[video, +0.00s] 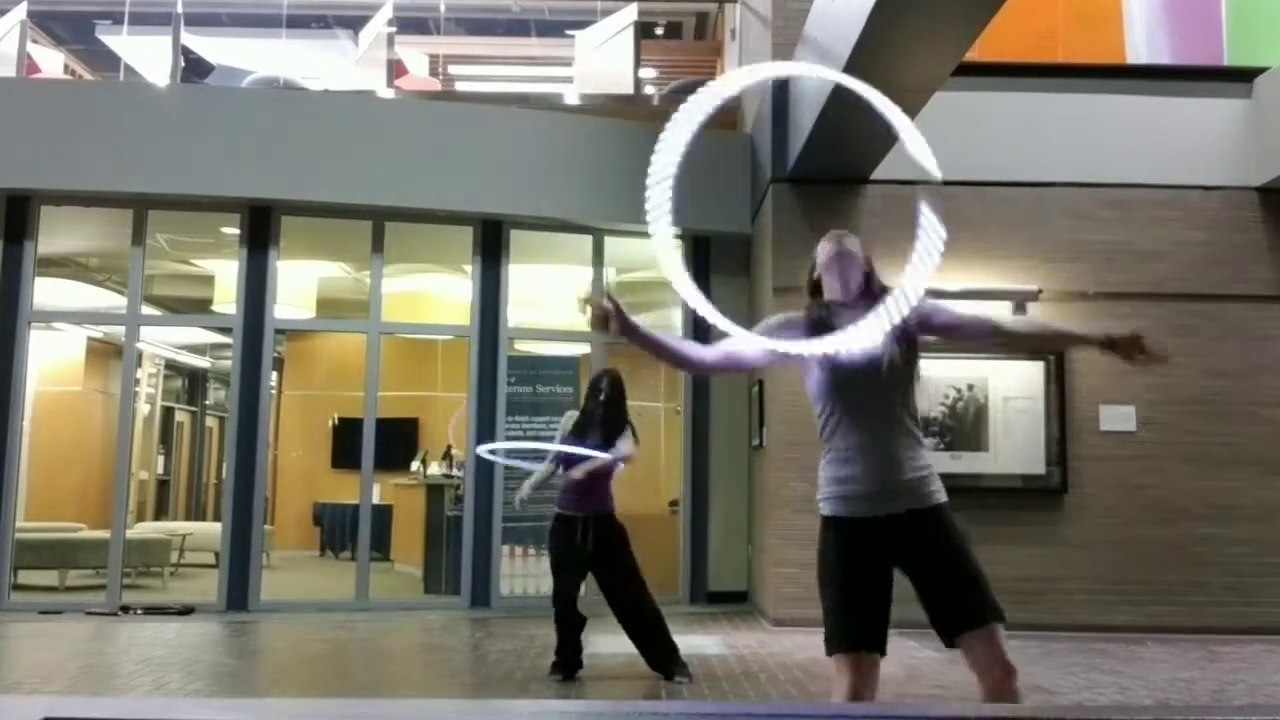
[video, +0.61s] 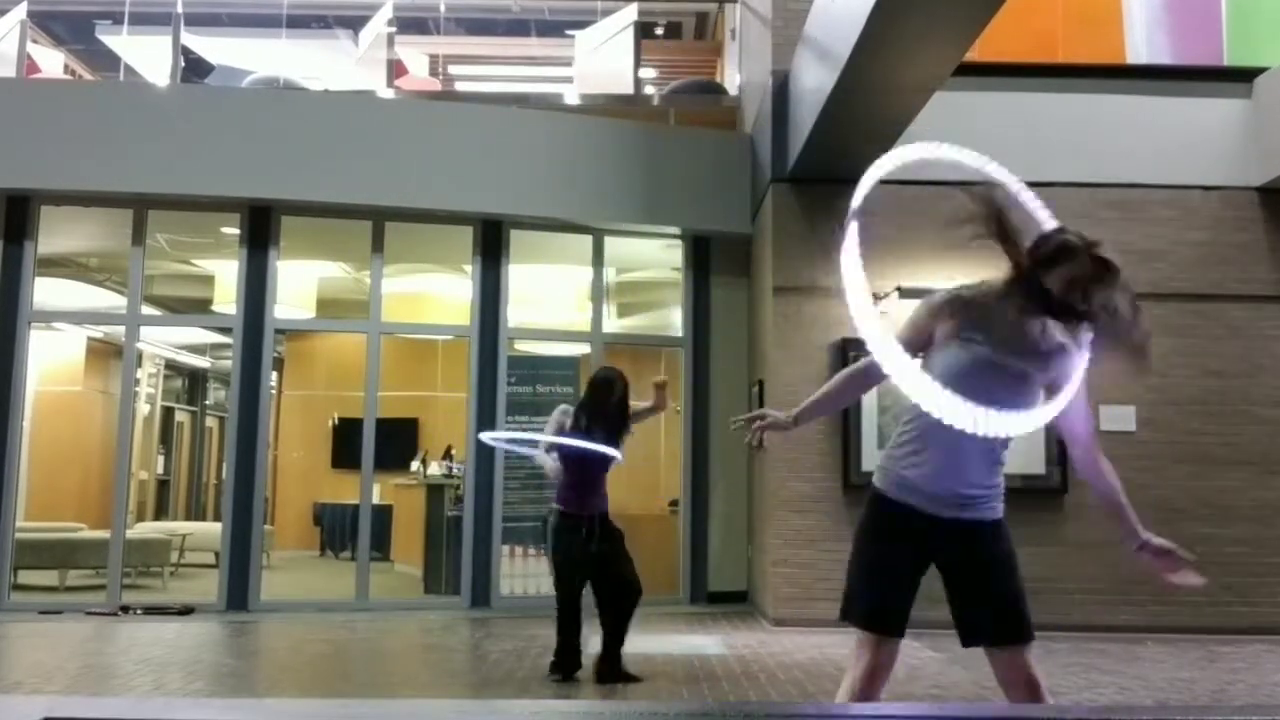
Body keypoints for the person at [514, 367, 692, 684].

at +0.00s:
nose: (602, 399)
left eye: (609, 394)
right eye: (598, 392)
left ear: (618, 398)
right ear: (589, 393)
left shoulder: (620, 429)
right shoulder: (571, 420)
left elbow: (618, 456)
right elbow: (553, 462)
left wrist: (584, 470)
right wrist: (529, 486)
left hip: (601, 522)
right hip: (566, 521)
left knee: (631, 595)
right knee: (564, 598)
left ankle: (670, 663)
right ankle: (566, 663)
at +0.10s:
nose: (596, 394)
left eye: (603, 389)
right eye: (594, 388)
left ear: (610, 397)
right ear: (586, 394)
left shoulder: (612, 427)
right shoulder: (576, 426)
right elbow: (556, 460)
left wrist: (554, 447)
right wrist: (525, 459)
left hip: (595, 523)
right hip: (562, 521)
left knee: (627, 595)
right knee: (559, 599)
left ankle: (670, 663)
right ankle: (566, 664)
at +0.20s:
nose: (597, 397)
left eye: (604, 392)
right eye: (592, 391)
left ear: (612, 399)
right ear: (582, 394)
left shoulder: (607, 427)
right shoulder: (572, 428)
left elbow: (598, 416)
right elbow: (559, 459)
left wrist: (545, 422)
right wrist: (538, 435)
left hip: (592, 525)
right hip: (559, 523)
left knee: (626, 597)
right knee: (557, 601)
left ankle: (672, 664)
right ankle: (566, 665)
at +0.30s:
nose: (591, 402)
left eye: (598, 397)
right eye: (588, 395)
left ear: (608, 404)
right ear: (579, 399)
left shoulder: (603, 435)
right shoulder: (566, 433)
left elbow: (608, 414)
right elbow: (552, 441)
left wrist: (572, 390)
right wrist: (544, 424)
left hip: (591, 527)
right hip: (557, 525)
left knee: (626, 598)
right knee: (556, 601)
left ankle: (671, 664)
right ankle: (566, 664)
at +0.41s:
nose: (593, 405)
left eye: (601, 400)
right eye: (591, 399)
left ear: (602, 410)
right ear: (583, 403)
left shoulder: (604, 434)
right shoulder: (562, 428)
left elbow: (627, 416)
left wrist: (602, 389)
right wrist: (527, 429)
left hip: (591, 526)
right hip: (556, 525)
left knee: (625, 599)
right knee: (556, 602)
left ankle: (666, 666)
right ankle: (567, 664)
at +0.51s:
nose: (603, 404)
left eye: (609, 399)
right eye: (600, 396)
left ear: (614, 402)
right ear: (590, 395)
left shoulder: (610, 424)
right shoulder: (562, 417)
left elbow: (653, 413)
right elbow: (538, 449)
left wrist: (645, 391)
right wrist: (530, 439)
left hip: (596, 524)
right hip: (561, 524)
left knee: (626, 596)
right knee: (561, 601)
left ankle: (640, 662)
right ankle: (568, 663)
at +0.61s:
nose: (621, 404)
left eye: (622, 399)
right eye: (617, 398)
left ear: (621, 401)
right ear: (603, 396)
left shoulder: (615, 420)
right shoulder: (565, 416)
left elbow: (657, 408)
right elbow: (542, 451)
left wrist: (659, 390)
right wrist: (551, 464)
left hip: (599, 521)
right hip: (567, 520)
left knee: (626, 590)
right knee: (568, 597)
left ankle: (610, 664)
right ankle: (565, 662)